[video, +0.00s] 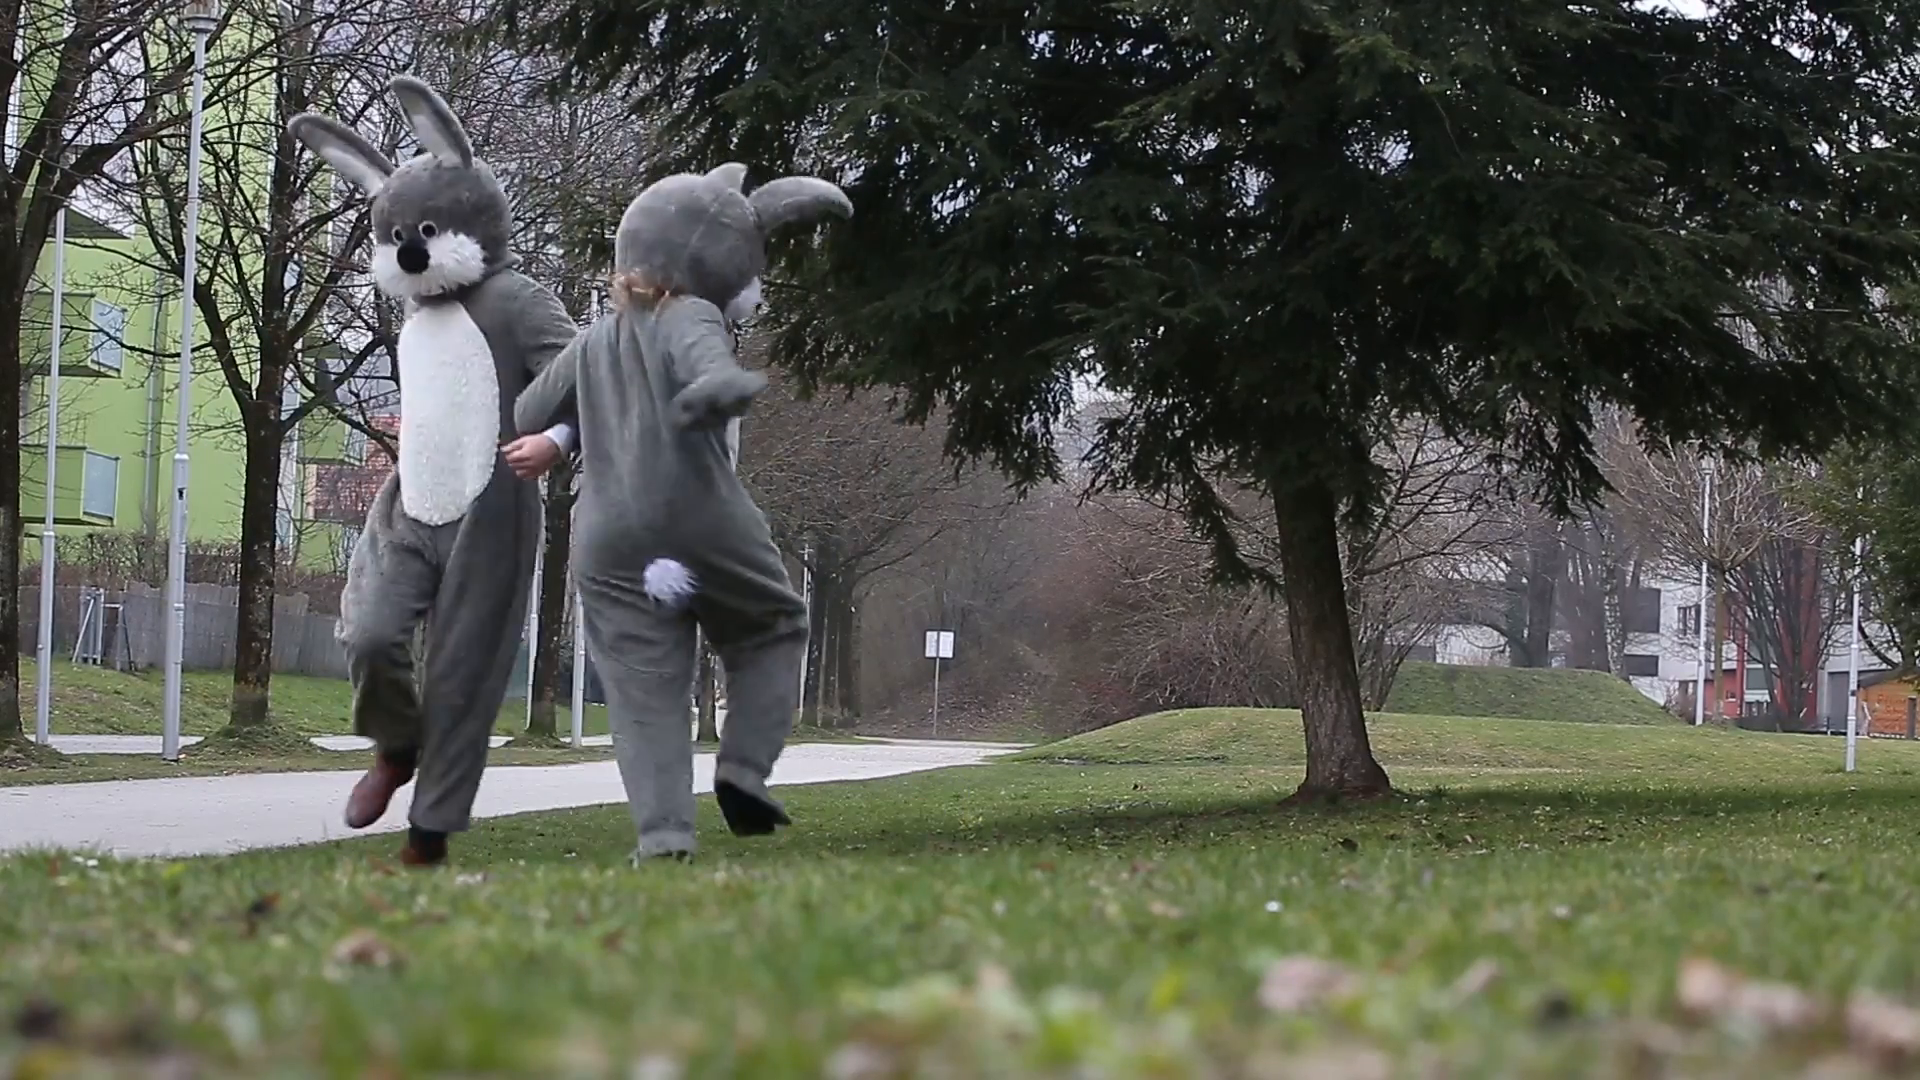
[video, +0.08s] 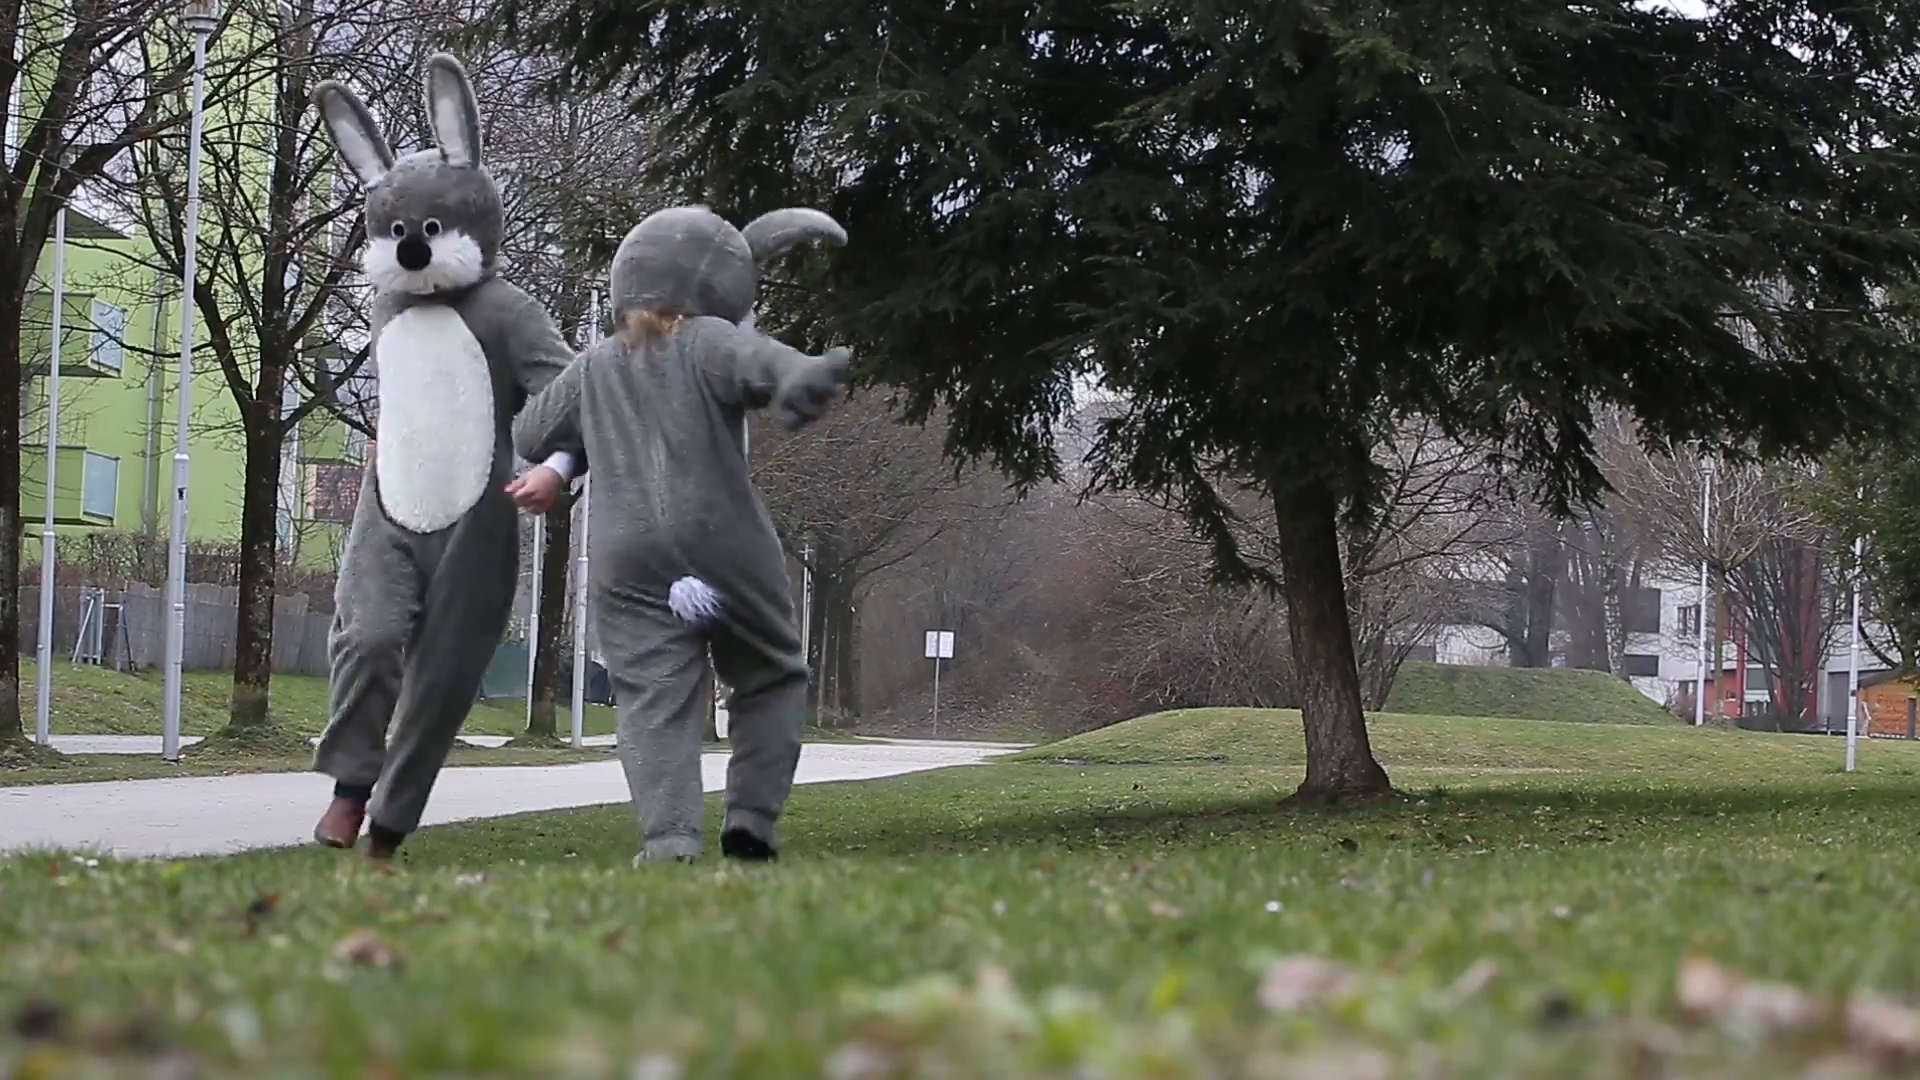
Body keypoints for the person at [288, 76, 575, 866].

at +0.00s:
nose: (414, 246)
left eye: (431, 227)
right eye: (402, 232)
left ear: (469, 226)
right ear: (392, 238)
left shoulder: (518, 302)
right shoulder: (417, 317)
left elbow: (588, 384)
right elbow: (445, 399)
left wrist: (558, 438)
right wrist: (406, 425)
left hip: (490, 504)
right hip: (410, 494)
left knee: (458, 671)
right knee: (369, 636)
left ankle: (433, 835)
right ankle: (399, 746)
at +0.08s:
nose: (413, 246)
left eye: (431, 229)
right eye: (399, 233)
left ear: (468, 233)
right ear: (382, 241)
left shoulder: (504, 313)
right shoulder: (395, 319)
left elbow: (576, 402)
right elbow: (393, 398)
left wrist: (559, 468)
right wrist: (376, 452)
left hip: (476, 521)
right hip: (387, 510)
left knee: (440, 679)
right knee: (368, 638)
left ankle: (387, 825)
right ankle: (349, 790)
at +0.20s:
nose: (420, 285)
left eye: (442, 269)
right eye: (400, 268)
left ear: (473, 276)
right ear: (374, 274)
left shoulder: (497, 355)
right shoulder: (359, 350)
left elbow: (573, 418)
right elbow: (310, 439)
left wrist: (569, 476)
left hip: (452, 555)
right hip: (359, 543)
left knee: (411, 698)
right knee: (355, 672)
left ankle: (362, 838)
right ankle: (321, 825)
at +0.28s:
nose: (428, 297)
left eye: (449, 281)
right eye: (410, 279)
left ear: (472, 287)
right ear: (377, 281)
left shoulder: (493, 361)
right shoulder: (347, 353)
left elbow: (571, 419)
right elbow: (275, 438)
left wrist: (582, 460)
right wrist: (201, 504)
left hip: (443, 567)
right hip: (351, 557)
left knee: (402, 712)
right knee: (352, 689)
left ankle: (359, 844)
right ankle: (316, 841)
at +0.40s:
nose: (445, 290)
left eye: (462, 277)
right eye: (428, 274)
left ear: (475, 277)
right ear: (388, 266)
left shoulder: (492, 345)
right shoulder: (334, 337)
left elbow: (557, 390)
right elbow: (253, 407)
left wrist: (581, 427)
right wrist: (186, 469)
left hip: (441, 571)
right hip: (352, 560)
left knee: (413, 735)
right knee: (353, 699)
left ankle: (356, 807)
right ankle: (307, 849)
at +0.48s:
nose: (469, 279)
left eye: (481, 267)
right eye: (455, 263)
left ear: (489, 267)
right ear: (414, 252)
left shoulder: (489, 326)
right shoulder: (347, 313)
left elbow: (544, 378)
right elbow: (265, 378)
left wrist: (577, 419)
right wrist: (216, 427)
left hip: (452, 555)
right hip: (363, 548)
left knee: (451, 702)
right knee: (345, 698)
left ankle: (360, 771)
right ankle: (302, 852)